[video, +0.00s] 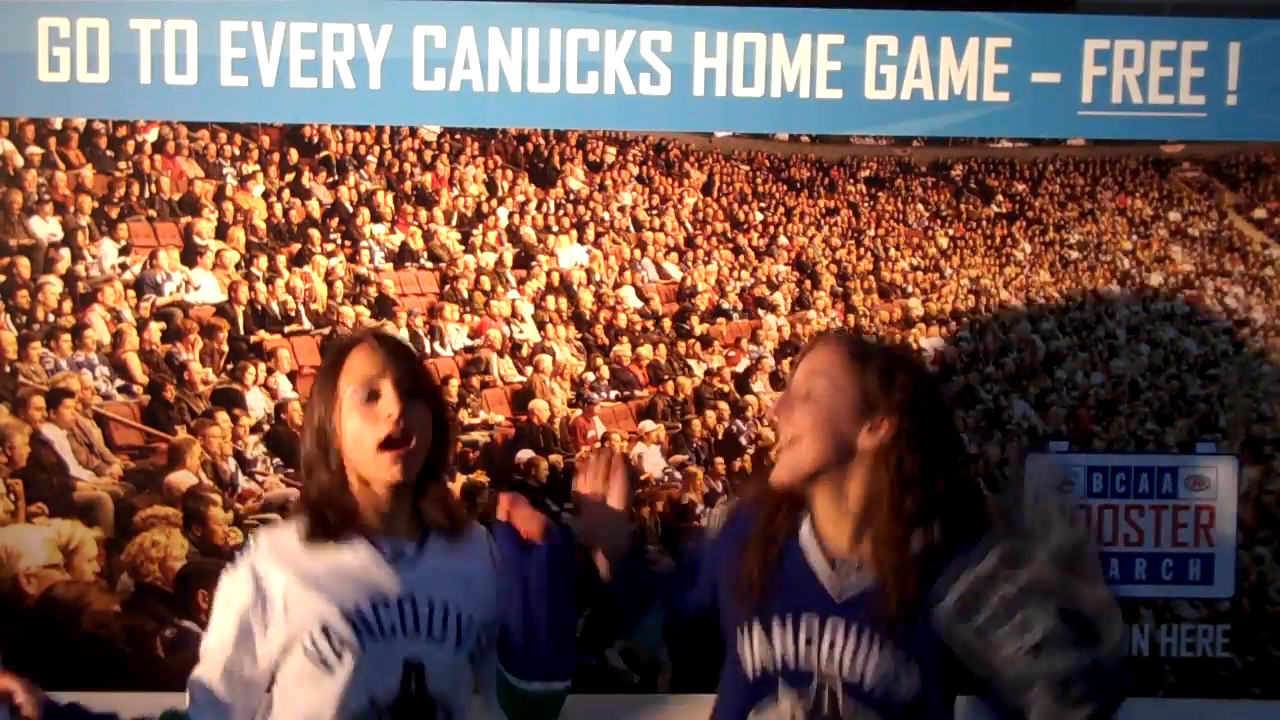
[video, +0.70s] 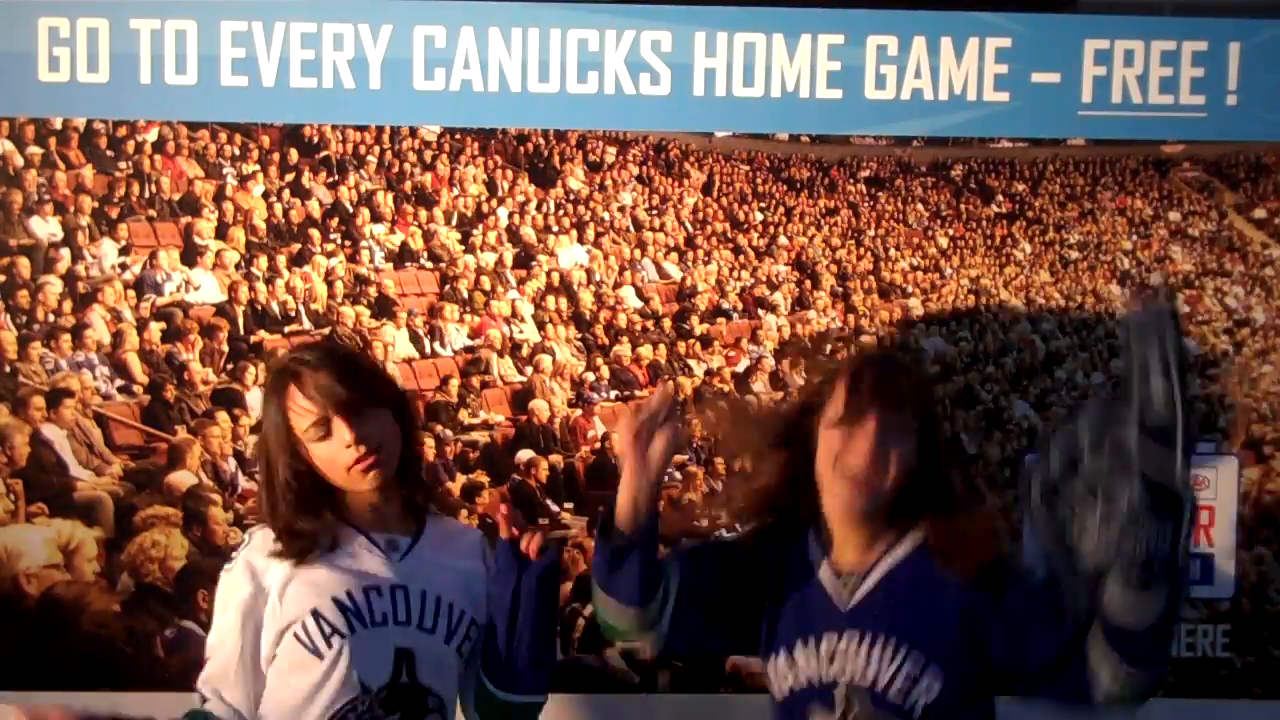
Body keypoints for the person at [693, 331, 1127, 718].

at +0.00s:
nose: (774, 410)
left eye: (801, 392)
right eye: (785, 392)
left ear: (875, 428)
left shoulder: (954, 563)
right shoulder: (745, 536)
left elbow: (1064, 692)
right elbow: (672, 633)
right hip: (745, 711)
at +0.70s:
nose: (870, 446)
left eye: (892, 430)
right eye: (850, 422)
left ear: (916, 458)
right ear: (814, 442)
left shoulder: (974, 577)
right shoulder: (772, 565)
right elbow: (636, 617)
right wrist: (639, 476)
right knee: (570, 708)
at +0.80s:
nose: (867, 372)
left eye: (889, 357)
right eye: (847, 357)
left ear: (924, 387)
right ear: (818, 390)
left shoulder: (996, 503)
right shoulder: (779, 528)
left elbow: (1138, 613)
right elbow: (698, 666)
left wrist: (1152, 502)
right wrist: (637, 593)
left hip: (963, 711)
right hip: (823, 712)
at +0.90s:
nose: (867, 364)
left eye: (884, 344)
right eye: (845, 362)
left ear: (934, 368)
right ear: (830, 411)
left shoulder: (1027, 512)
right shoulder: (799, 550)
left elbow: (1185, 582)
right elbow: (761, 690)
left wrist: (1150, 447)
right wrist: (678, 658)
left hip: (977, 708)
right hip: (836, 710)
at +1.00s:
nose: (864, 448)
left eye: (877, 418)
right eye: (847, 440)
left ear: (934, 416)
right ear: (840, 472)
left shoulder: (1047, 561)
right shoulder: (828, 591)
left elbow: (1157, 613)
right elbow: (760, 709)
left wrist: (1109, 470)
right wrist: (674, 652)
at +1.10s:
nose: (853, 459)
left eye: (867, 430)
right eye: (840, 448)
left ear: (933, 423)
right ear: (836, 473)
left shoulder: (1038, 571)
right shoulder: (830, 574)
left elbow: (1144, 687)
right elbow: (711, 668)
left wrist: (1103, 564)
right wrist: (658, 545)